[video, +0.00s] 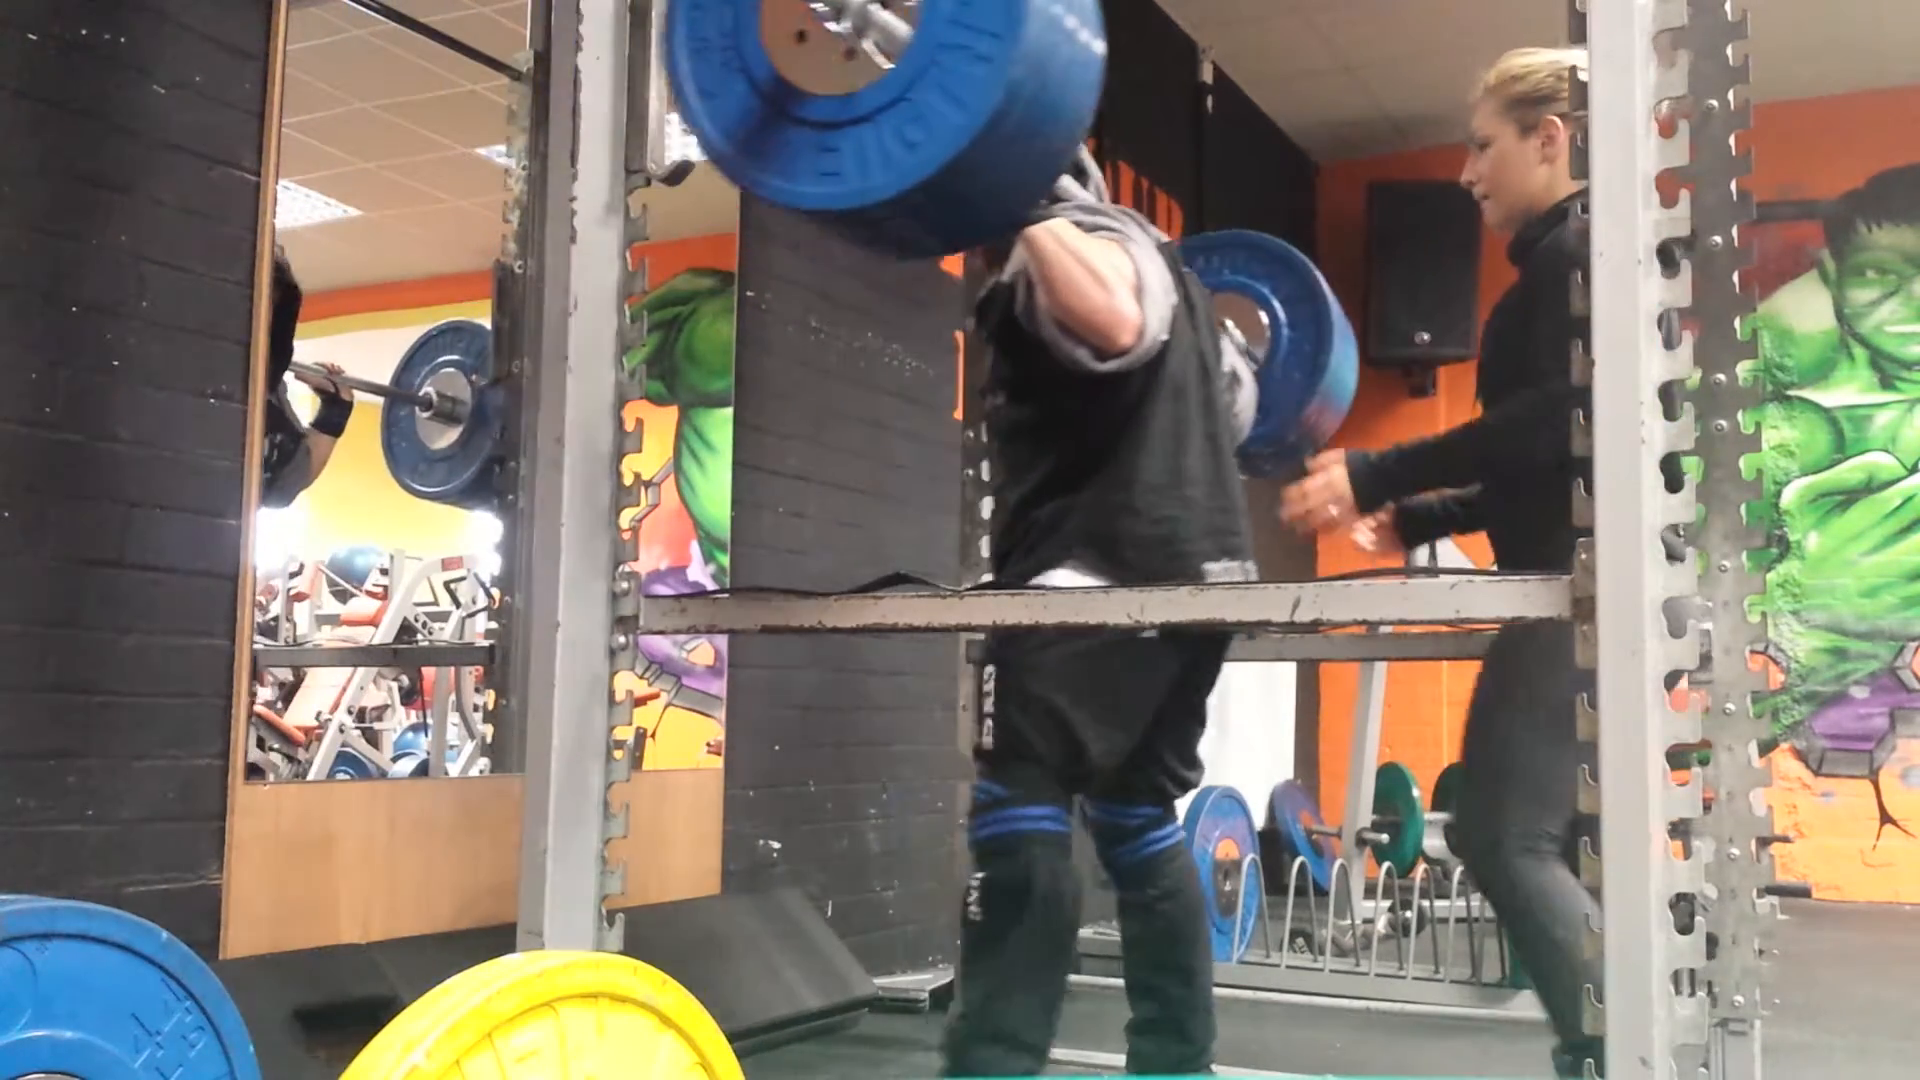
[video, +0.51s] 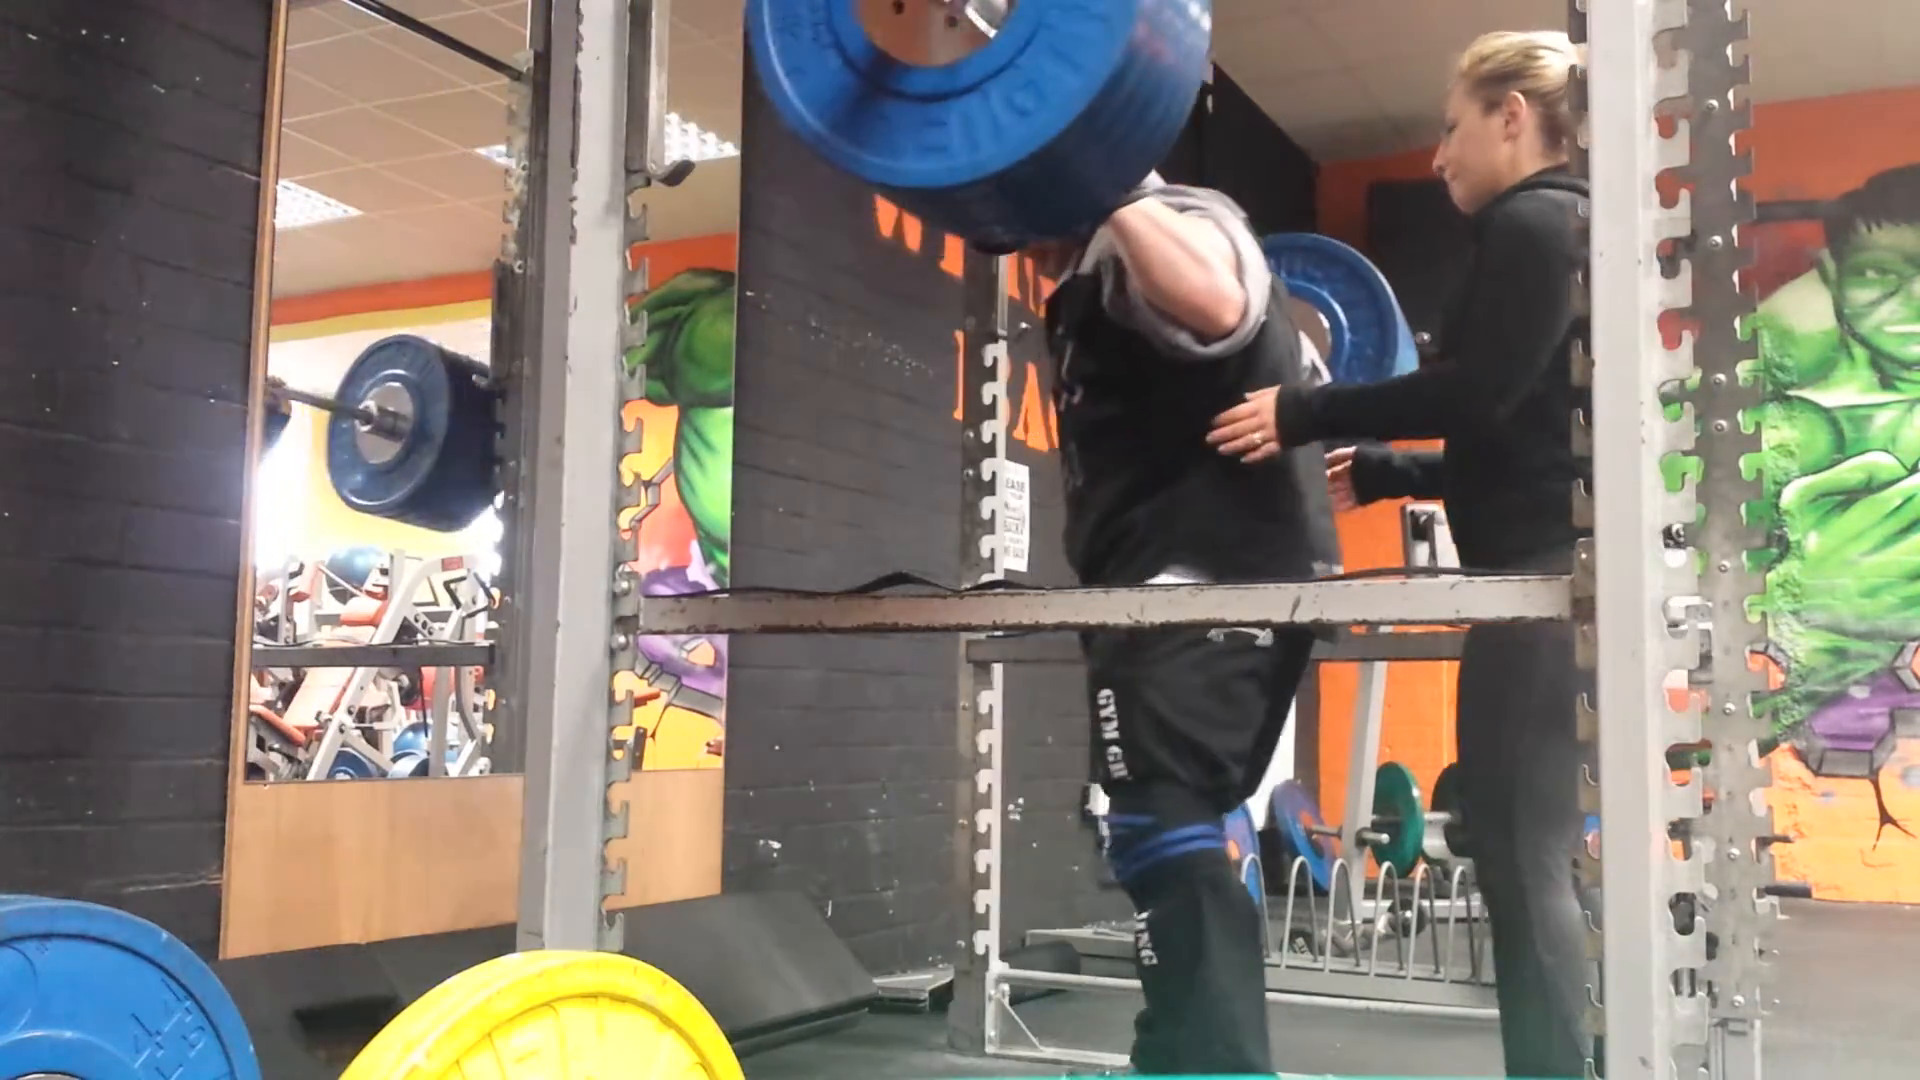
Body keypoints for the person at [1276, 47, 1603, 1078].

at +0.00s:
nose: (1468, 171)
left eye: (1483, 145)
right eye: (1468, 149)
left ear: (1553, 138)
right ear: (1546, 143)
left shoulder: (1576, 256)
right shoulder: (1557, 263)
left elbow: (1539, 428)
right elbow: (1548, 470)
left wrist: (1370, 475)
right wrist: (1421, 516)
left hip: (1580, 591)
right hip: (1551, 589)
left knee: (1517, 839)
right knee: (1485, 828)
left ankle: (1613, 1053)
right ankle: (1595, 1050)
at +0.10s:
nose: (1462, 171)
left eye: (1479, 145)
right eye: (1463, 149)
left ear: (1548, 139)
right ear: (1541, 143)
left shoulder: (1573, 256)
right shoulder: (1551, 264)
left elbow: (1542, 424)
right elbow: (1530, 457)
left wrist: (1361, 454)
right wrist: (1397, 495)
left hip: (1570, 589)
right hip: (1546, 586)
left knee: (1497, 829)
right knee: (1498, 826)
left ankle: (1563, 1062)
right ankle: (1564, 1054)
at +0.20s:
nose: (1456, 170)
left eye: (1473, 144)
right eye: (1458, 147)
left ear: (1540, 139)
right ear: (1540, 144)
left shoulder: (1559, 253)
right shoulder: (1560, 254)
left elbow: (1519, 421)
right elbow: (1513, 451)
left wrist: (1343, 437)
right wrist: (1375, 485)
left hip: (1557, 588)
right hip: (1547, 585)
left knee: (1496, 834)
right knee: (1515, 835)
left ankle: (1535, 1065)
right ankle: (1554, 1061)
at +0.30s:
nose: (1448, 168)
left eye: (1466, 143)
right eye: (1452, 145)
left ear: (1533, 136)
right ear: (1535, 142)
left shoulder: (1549, 245)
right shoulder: (1567, 244)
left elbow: (1497, 413)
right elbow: (1514, 450)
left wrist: (1324, 424)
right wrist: (1372, 476)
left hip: (1541, 587)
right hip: (1551, 584)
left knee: (1498, 848)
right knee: (1533, 853)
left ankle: (1546, 1070)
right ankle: (1563, 1065)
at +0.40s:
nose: (1443, 164)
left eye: (1460, 137)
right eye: (1447, 140)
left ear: (1523, 128)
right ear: (1528, 133)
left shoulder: (1541, 237)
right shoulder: (1570, 235)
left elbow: (1478, 406)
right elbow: (1518, 455)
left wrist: (1306, 415)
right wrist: (1381, 474)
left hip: (1538, 580)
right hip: (1541, 576)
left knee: (1505, 842)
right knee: (1510, 840)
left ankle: (1552, 1069)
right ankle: (1557, 1063)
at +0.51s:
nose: (1438, 157)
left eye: (1452, 130)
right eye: (1442, 133)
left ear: (1514, 119)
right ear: (1525, 124)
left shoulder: (1535, 224)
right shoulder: (1574, 223)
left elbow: (1478, 395)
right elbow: (1531, 456)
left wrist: (1305, 409)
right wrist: (1386, 475)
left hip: (1540, 575)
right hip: (1547, 571)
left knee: (1518, 837)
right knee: (1507, 829)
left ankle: (1554, 1069)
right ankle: (1558, 1063)